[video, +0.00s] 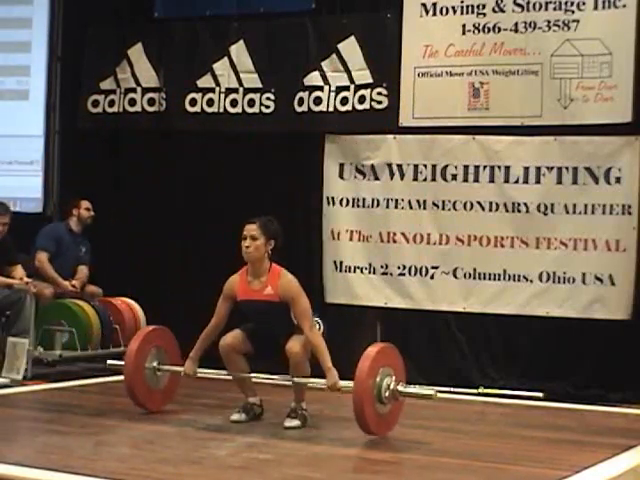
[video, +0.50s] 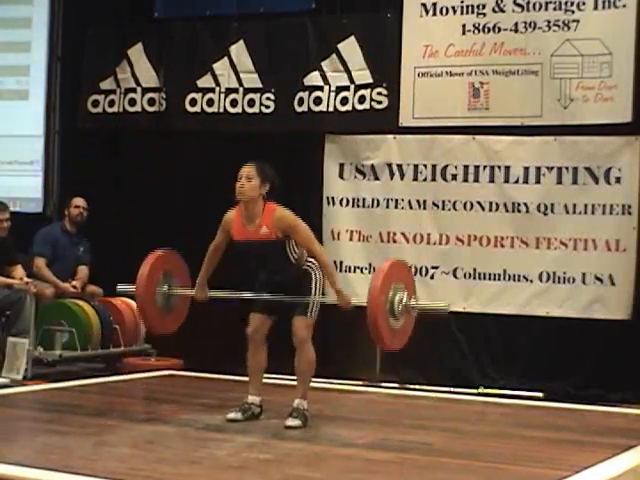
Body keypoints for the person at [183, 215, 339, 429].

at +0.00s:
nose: (246, 244)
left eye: (254, 239)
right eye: (244, 239)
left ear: (269, 245)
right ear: (241, 242)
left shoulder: (286, 282)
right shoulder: (234, 284)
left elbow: (310, 328)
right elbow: (216, 324)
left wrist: (329, 369)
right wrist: (193, 357)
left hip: (290, 333)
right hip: (257, 333)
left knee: (295, 349)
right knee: (227, 345)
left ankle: (299, 406)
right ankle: (252, 403)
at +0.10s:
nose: (246, 238)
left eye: (253, 232)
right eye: (244, 232)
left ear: (269, 239)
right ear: (241, 237)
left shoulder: (286, 276)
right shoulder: (234, 278)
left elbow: (310, 321)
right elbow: (216, 319)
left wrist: (329, 362)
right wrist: (193, 351)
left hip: (295, 325)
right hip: (260, 325)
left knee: (296, 345)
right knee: (231, 341)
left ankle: (299, 406)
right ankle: (253, 403)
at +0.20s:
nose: (246, 226)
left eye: (254, 221)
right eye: (244, 221)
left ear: (270, 228)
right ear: (241, 226)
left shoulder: (286, 264)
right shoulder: (235, 266)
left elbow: (312, 310)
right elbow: (216, 306)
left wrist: (331, 351)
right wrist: (194, 339)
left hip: (302, 308)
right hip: (266, 309)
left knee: (299, 342)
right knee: (236, 338)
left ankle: (299, 406)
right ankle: (252, 403)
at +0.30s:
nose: (246, 212)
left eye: (253, 207)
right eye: (244, 207)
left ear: (269, 214)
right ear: (241, 211)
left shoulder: (286, 249)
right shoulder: (234, 250)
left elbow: (314, 292)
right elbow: (216, 288)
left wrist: (334, 333)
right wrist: (196, 324)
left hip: (302, 298)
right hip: (266, 299)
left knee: (304, 340)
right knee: (240, 336)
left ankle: (300, 405)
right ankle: (251, 402)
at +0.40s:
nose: (243, 197)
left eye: (250, 193)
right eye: (241, 192)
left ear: (266, 199)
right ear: (238, 198)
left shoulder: (284, 232)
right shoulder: (234, 233)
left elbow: (316, 269)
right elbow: (215, 269)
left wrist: (336, 310)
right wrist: (198, 302)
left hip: (303, 286)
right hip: (269, 288)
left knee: (304, 333)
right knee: (252, 333)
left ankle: (300, 405)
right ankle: (253, 401)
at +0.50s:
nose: (241, 183)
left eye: (248, 179)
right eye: (239, 179)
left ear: (263, 187)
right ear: (236, 186)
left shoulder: (281, 217)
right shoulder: (231, 219)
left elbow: (317, 250)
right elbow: (216, 248)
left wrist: (337, 288)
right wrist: (201, 281)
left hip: (304, 276)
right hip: (270, 279)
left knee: (301, 335)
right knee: (254, 332)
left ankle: (300, 404)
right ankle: (253, 402)